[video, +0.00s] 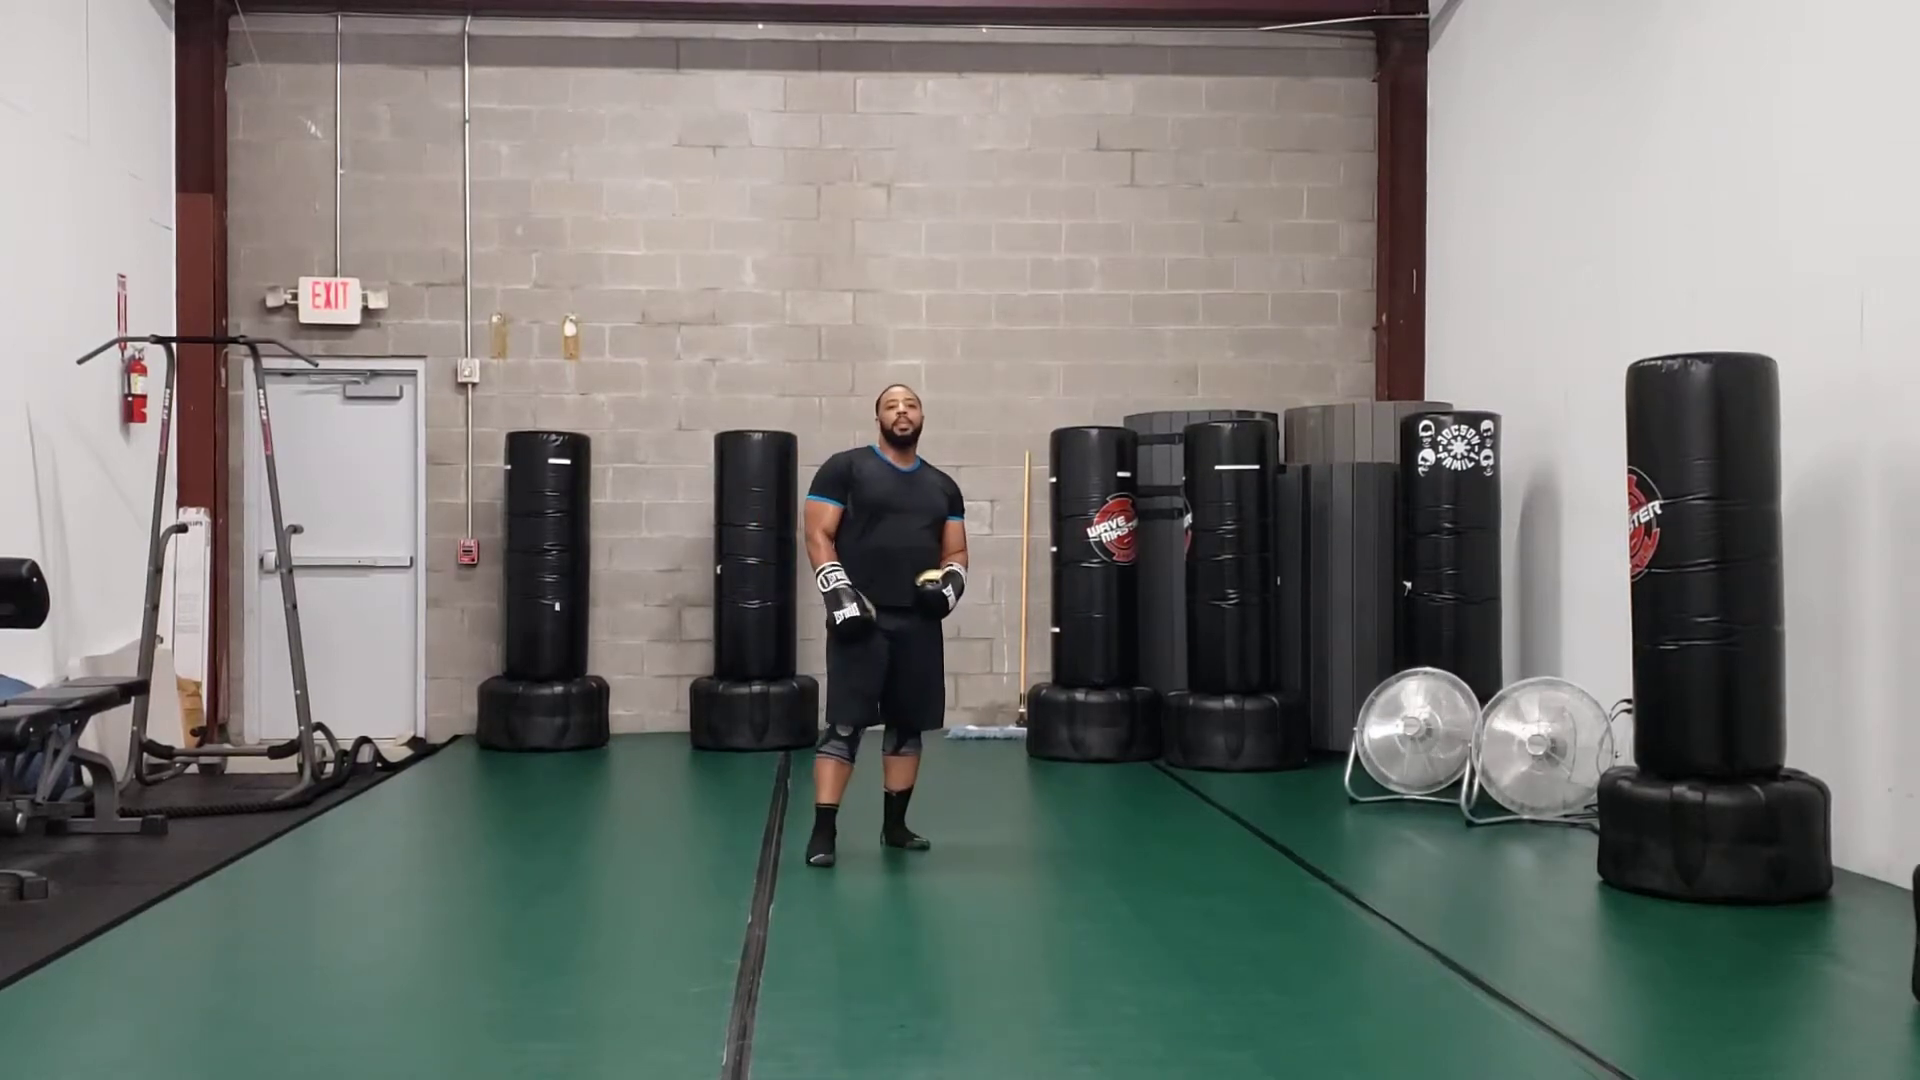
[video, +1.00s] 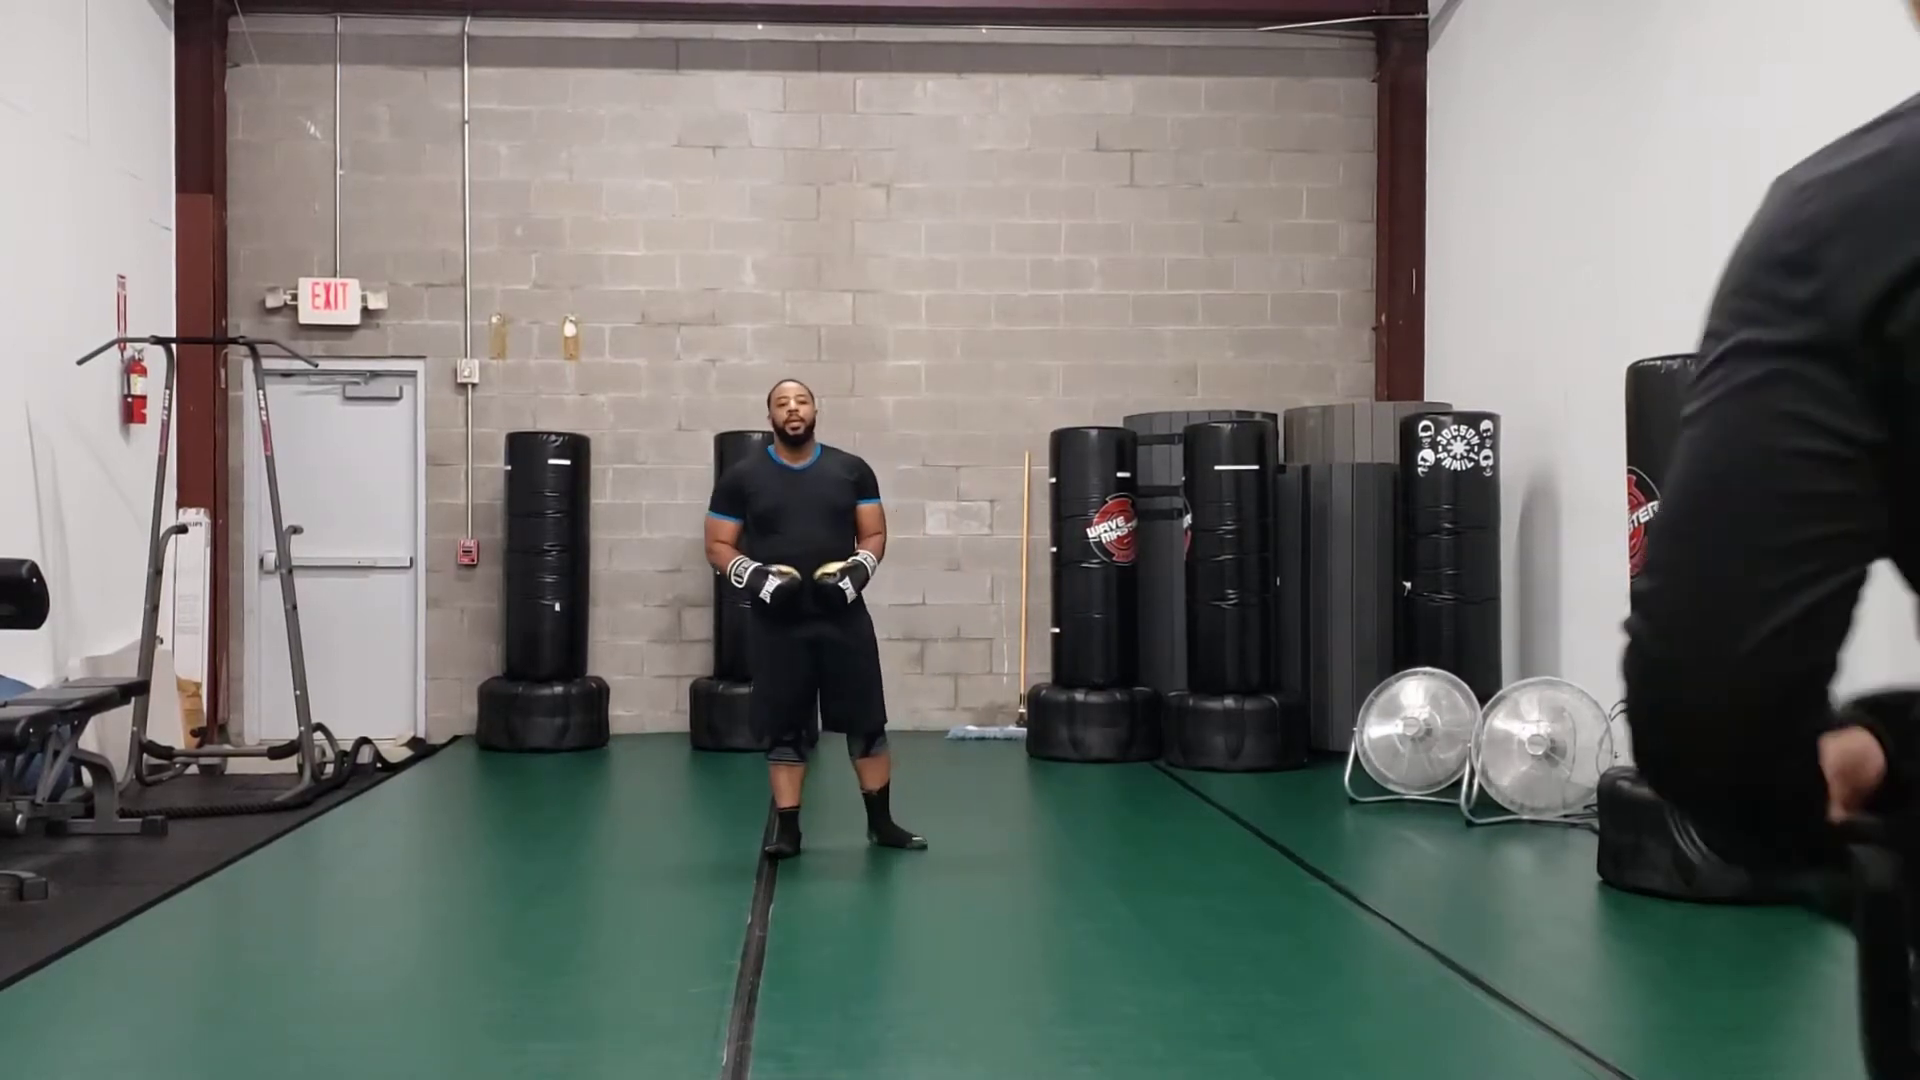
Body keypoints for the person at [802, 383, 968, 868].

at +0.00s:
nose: (902, 412)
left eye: (910, 405)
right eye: (892, 406)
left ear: (922, 419)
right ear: (879, 421)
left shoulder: (943, 487)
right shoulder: (845, 468)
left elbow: (955, 551)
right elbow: (817, 533)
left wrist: (951, 582)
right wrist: (836, 588)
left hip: (918, 621)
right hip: (858, 617)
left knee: (907, 726)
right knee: (845, 724)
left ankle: (895, 826)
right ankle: (824, 832)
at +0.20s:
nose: (888, 411)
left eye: (896, 405)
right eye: (878, 406)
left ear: (908, 418)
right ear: (865, 420)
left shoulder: (933, 483)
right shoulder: (832, 471)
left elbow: (949, 546)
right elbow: (807, 538)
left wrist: (941, 577)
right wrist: (842, 581)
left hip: (910, 621)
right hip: (849, 619)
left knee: (903, 726)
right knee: (827, 723)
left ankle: (896, 827)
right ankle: (796, 830)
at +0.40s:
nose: (865, 411)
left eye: (873, 403)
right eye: (855, 405)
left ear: (886, 416)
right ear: (841, 419)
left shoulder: (913, 481)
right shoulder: (811, 472)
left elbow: (931, 544)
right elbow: (787, 538)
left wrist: (924, 574)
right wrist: (833, 570)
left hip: (892, 622)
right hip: (830, 621)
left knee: (893, 725)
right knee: (813, 725)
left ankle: (894, 827)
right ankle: (790, 832)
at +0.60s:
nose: (840, 409)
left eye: (847, 402)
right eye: (829, 403)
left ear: (860, 415)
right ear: (816, 418)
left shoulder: (889, 478)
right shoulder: (785, 472)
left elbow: (905, 544)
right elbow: (759, 538)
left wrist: (896, 573)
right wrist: (805, 567)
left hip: (873, 621)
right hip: (809, 621)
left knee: (884, 725)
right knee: (802, 726)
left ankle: (893, 826)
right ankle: (789, 831)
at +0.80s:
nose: (813, 408)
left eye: (821, 401)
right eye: (803, 402)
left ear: (835, 413)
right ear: (790, 418)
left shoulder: (868, 474)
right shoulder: (762, 473)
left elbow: (887, 540)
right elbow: (733, 542)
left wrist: (873, 572)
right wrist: (777, 576)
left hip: (853, 616)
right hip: (787, 620)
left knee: (873, 723)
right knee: (789, 729)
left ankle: (892, 825)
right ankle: (788, 832)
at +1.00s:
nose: (793, 410)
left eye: (801, 402)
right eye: (783, 404)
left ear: (815, 412)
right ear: (770, 418)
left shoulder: (852, 470)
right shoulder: (743, 476)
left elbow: (874, 536)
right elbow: (718, 546)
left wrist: (857, 571)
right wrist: (756, 577)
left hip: (843, 617)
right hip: (777, 621)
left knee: (867, 721)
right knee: (784, 730)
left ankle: (882, 823)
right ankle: (786, 832)